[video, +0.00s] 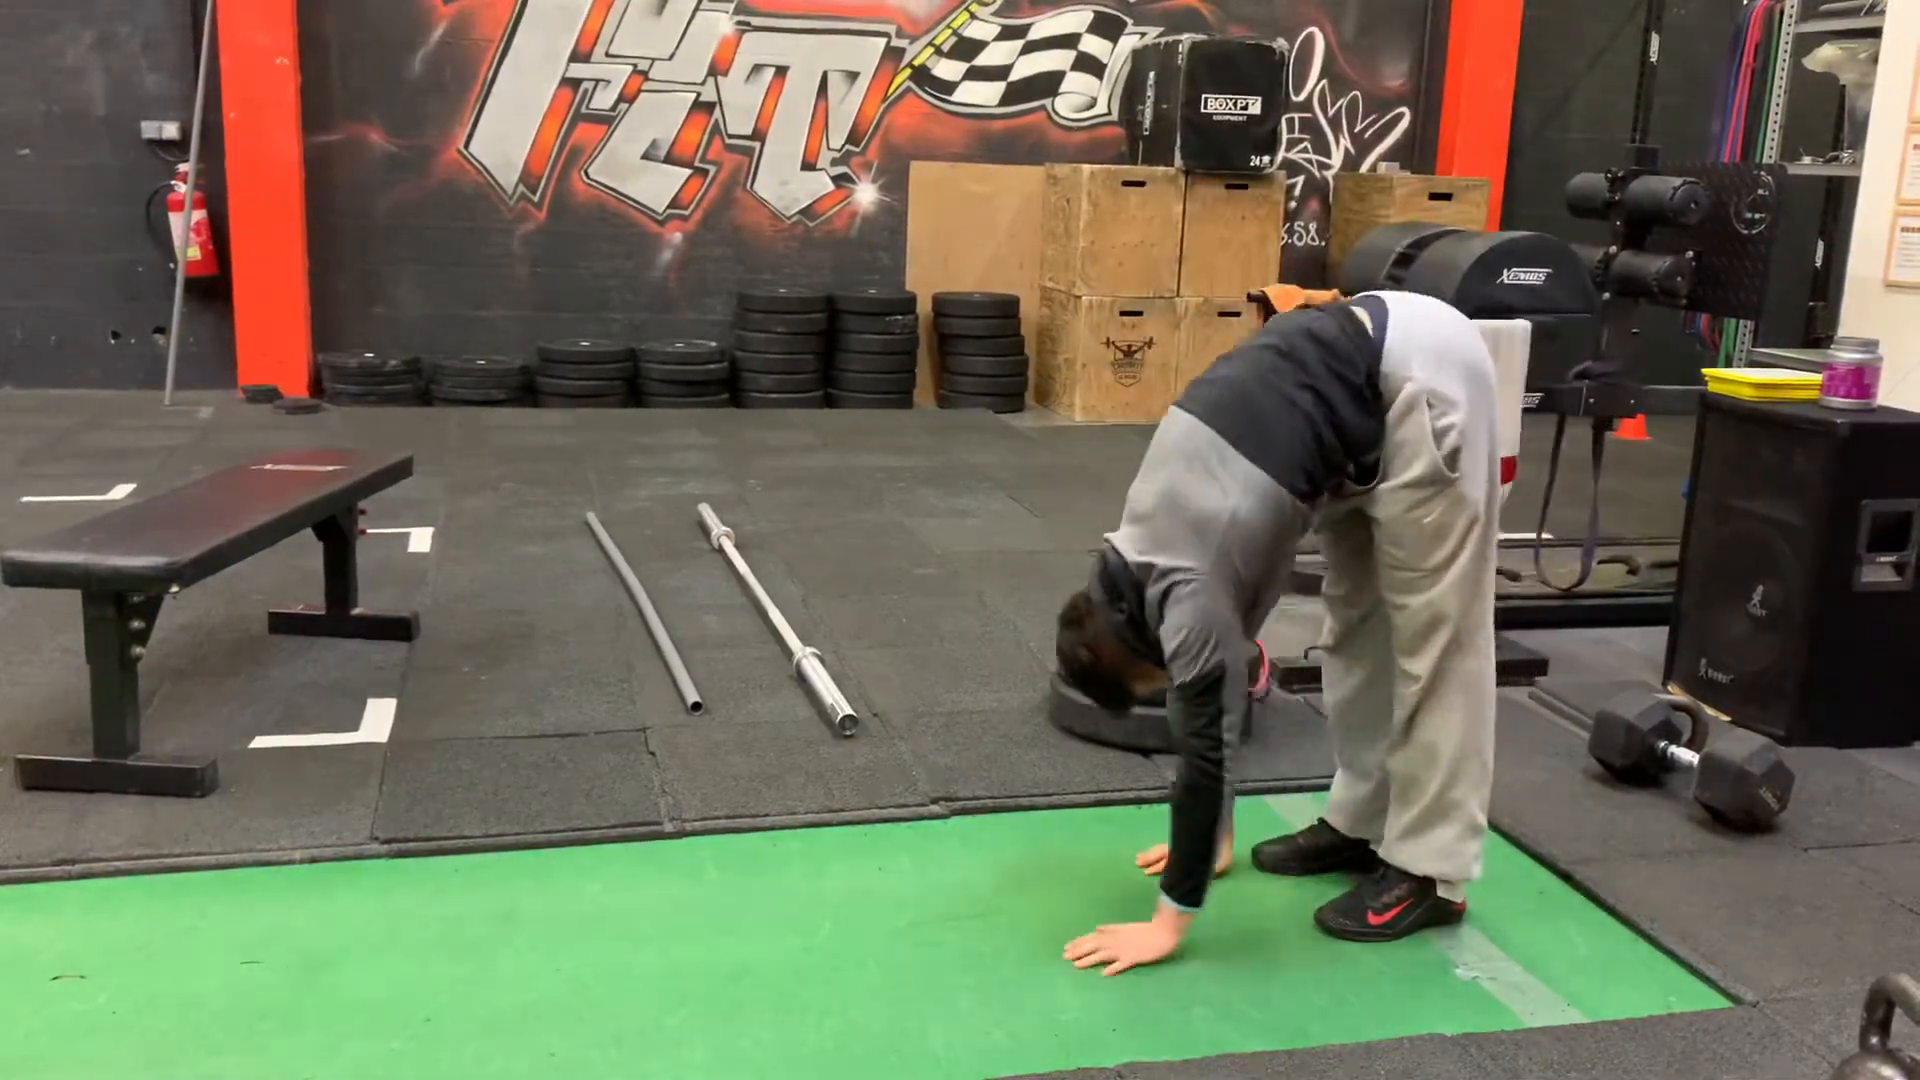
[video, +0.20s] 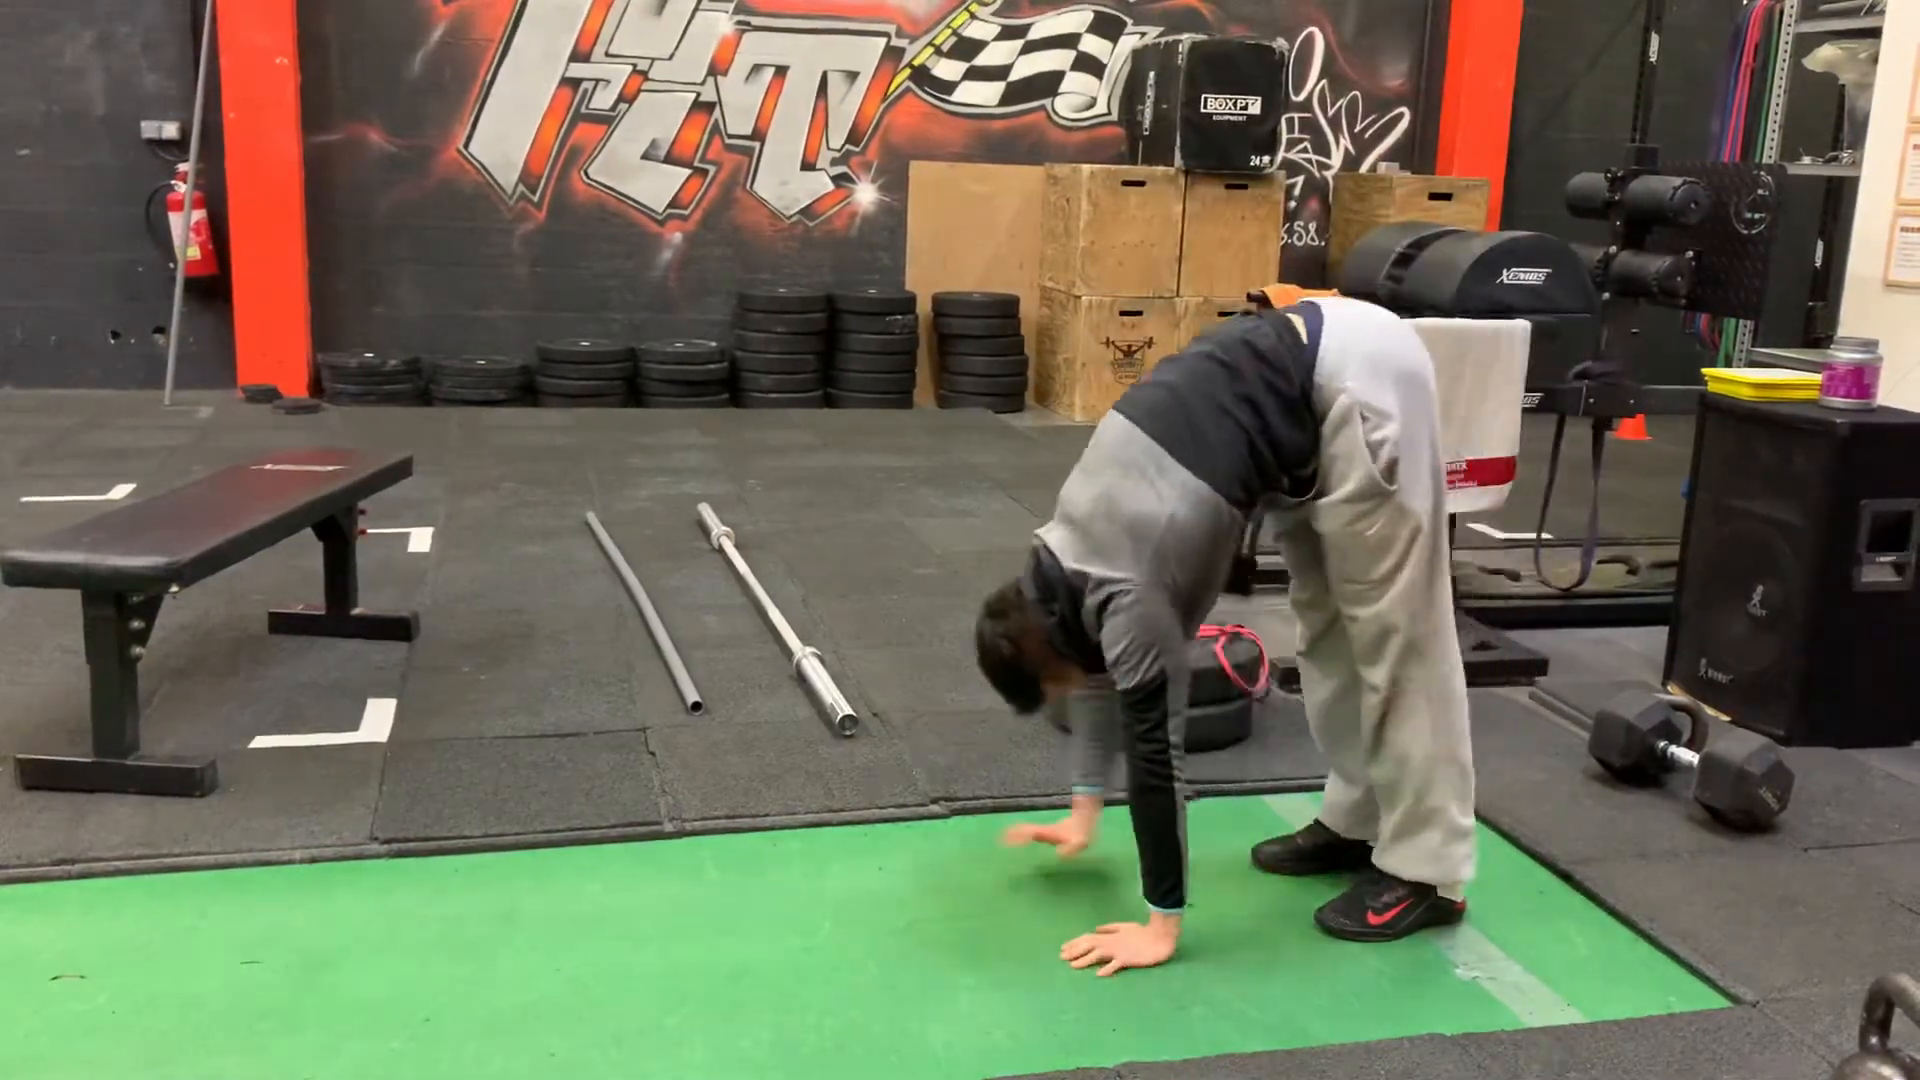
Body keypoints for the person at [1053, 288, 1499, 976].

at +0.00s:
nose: (1166, 693)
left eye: (1155, 688)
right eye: (1155, 693)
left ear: (1129, 649)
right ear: (1114, 626)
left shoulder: (1191, 600)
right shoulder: (1136, 563)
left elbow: (1204, 759)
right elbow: (1208, 693)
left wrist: (1167, 922)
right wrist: (1211, 830)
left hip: (1422, 365)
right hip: (1344, 367)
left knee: (1432, 634)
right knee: (1358, 627)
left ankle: (1431, 870)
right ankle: (1363, 823)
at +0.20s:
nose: (1073, 700)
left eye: (1064, 693)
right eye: (1062, 700)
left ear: (1056, 649)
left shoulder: (1128, 600)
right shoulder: (1058, 565)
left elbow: (1153, 761)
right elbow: (1095, 688)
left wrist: (1161, 923)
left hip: (1360, 370)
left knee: (1393, 632)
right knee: (1329, 629)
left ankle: (1429, 871)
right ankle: (1358, 819)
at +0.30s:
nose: (1018, 696)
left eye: (1009, 685)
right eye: (1002, 694)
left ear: (1009, 647)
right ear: (986, 630)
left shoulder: (1094, 611)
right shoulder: (1005, 568)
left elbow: (1133, 766)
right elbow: (1002, 702)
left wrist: (1159, 920)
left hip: (1319, 379)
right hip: (1248, 382)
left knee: (1373, 636)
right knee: (1311, 630)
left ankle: (1425, 871)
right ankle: (1358, 821)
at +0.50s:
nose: (889, 690)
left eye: (882, 678)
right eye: (878, 683)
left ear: (893, 643)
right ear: (880, 624)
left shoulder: (1001, 607)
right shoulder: (915, 571)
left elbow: (1083, 755)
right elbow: (923, 714)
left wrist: (1138, 908)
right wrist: (900, 854)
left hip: (1226, 402)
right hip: (1172, 418)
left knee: (1323, 642)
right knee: (1270, 648)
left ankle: (1420, 863)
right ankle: (1352, 816)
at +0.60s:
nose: (845, 685)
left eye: (837, 671)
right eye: (829, 677)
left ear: (854, 632)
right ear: (840, 608)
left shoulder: (954, 591)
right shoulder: (883, 556)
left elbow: (1011, 747)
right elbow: (907, 707)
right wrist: (900, 845)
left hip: (1186, 403)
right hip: (1138, 413)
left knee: (1297, 640)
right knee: (1246, 644)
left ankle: (1415, 857)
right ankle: (1344, 815)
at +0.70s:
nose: (805, 680)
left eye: (786, 666)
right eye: (788, 671)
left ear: (793, 626)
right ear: (790, 602)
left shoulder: (887, 593)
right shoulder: (854, 546)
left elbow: (883, 753)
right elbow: (893, 721)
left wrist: (817, 918)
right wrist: (892, 841)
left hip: (1155, 419)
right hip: (1121, 427)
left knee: (1279, 648)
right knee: (1235, 650)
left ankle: (1411, 860)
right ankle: (1341, 820)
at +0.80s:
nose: (746, 690)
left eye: (732, 672)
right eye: (728, 680)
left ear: (750, 621)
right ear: (745, 611)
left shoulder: (828, 609)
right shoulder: (823, 566)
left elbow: (765, 789)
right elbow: (876, 713)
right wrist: (897, 848)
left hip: (1126, 444)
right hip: (1090, 455)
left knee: (1269, 660)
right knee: (1220, 664)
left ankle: (1415, 857)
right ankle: (1338, 816)